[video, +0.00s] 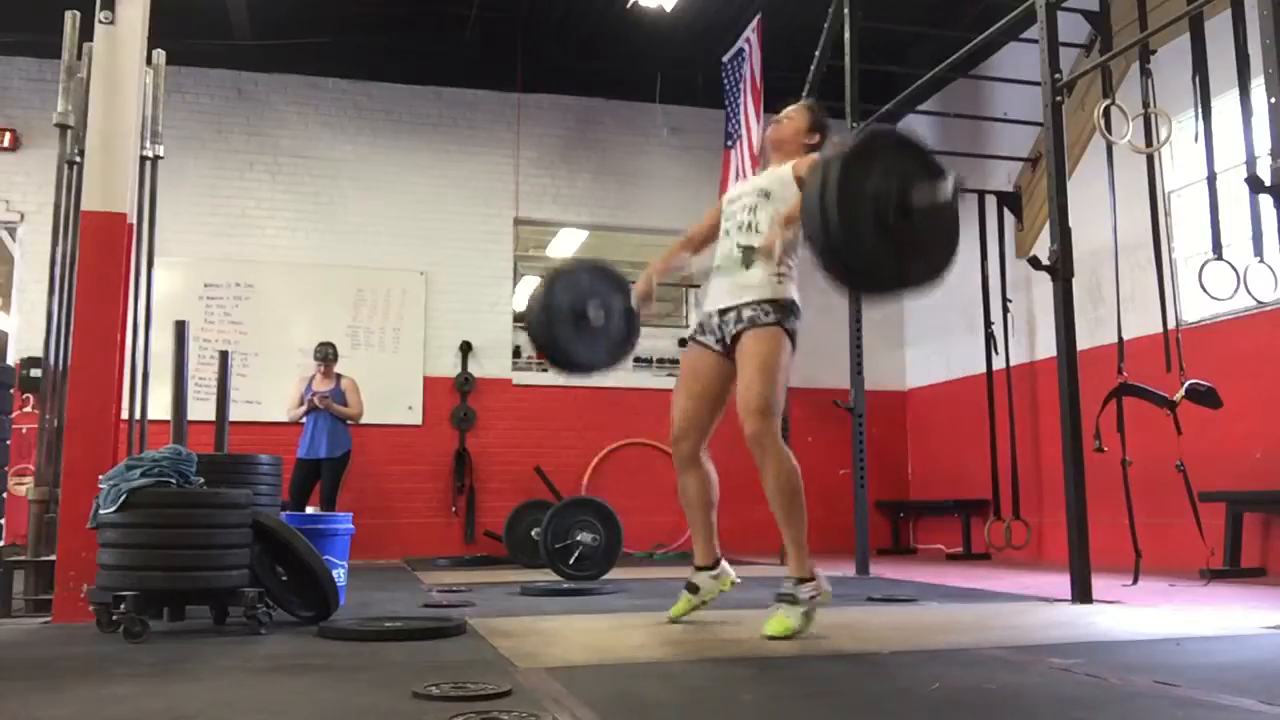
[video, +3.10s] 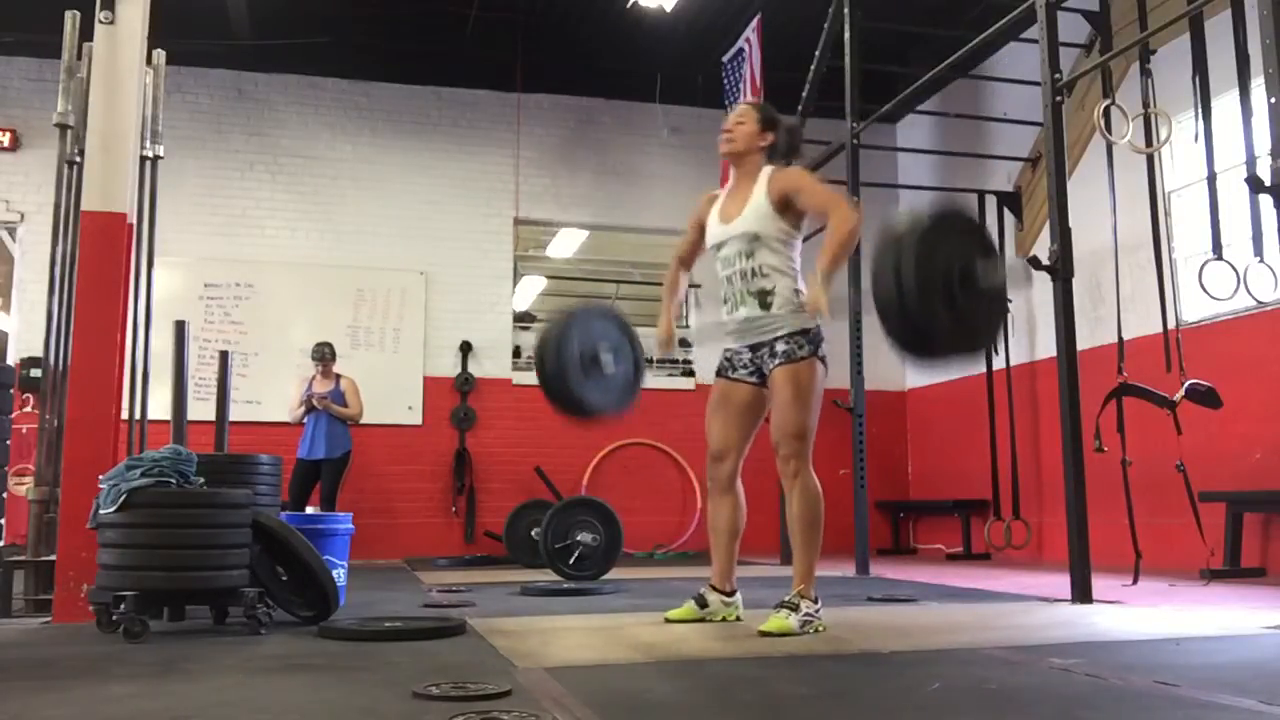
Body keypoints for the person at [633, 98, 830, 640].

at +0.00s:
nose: (774, 119)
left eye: (788, 115)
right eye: (776, 115)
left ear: (812, 137)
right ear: (769, 133)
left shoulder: (807, 165)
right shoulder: (739, 191)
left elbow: (819, 191)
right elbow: (694, 240)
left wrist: (790, 216)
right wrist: (651, 274)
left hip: (764, 307)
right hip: (713, 314)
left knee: (759, 426)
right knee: (684, 442)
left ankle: (803, 580)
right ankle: (708, 569)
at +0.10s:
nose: (757, 146)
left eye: (768, 139)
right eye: (759, 138)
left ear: (796, 155)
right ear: (759, 152)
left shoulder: (797, 201)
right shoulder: (732, 211)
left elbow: (821, 209)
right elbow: (708, 272)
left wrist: (805, 199)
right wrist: (668, 258)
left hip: (765, 342)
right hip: (712, 348)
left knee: (753, 445)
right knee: (661, 465)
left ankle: (817, 586)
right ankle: (695, 584)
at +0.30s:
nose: (724, 186)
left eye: (738, 181)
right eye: (724, 181)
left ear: (763, 203)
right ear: (722, 203)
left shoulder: (773, 254)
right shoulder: (696, 271)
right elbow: (638, 311)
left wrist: (767, 226)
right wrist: (645, 259)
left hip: (783, 397)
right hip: (726, 410)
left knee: (760, 475)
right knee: (637, 486)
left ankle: (826, 606)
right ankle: (682, 596)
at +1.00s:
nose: (731, 134)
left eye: (744, 127)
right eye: (730, 127)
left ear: (768, 146)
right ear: (726, 143)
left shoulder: (772, 196)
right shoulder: (696, 209)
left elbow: (737, 195)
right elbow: (635, 247)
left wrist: (773, 145)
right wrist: (646, 200)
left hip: (756, 342)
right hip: (705, 352)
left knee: (769, 458)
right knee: (671, 469)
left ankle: (820, 601)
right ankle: (684, 593)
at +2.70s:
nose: (744, 118)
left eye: (756, 113)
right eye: (744, 113)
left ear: (779, 134)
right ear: (740, 131)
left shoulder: (785, 183)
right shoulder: (713, 200)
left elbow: (818, 209)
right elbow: (663, 250)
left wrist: (810, 137)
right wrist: (652, 191)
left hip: (767, 333)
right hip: (714, 340)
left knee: (777, 460)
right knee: (709, 465)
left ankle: (803, 598)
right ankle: (721, 593)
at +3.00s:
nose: (752, 128)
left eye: (764, 123)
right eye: (750, 122)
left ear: (789, 139)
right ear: (746, 138)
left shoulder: (798, 175)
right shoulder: (726, 194)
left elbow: (855, 170)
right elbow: (677, 222)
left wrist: (830, 194)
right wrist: (663, 255)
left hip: (787, 333)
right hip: (735, 339)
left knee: (789, 459)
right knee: (719, 463)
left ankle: (804, 598)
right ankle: (722, 592)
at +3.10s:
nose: (725, 127)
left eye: (738, 121)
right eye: (726, 121)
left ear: (765, 136)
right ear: (725, 138)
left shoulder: (785, 181)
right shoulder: (712, 204)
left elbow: (846, 216)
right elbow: (680, 265)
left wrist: (820, 279)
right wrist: (667, 319)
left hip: (791, 339)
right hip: (739, 348)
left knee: (792, 462)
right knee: (720, 464)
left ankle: (804, 599)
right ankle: (722, 592)